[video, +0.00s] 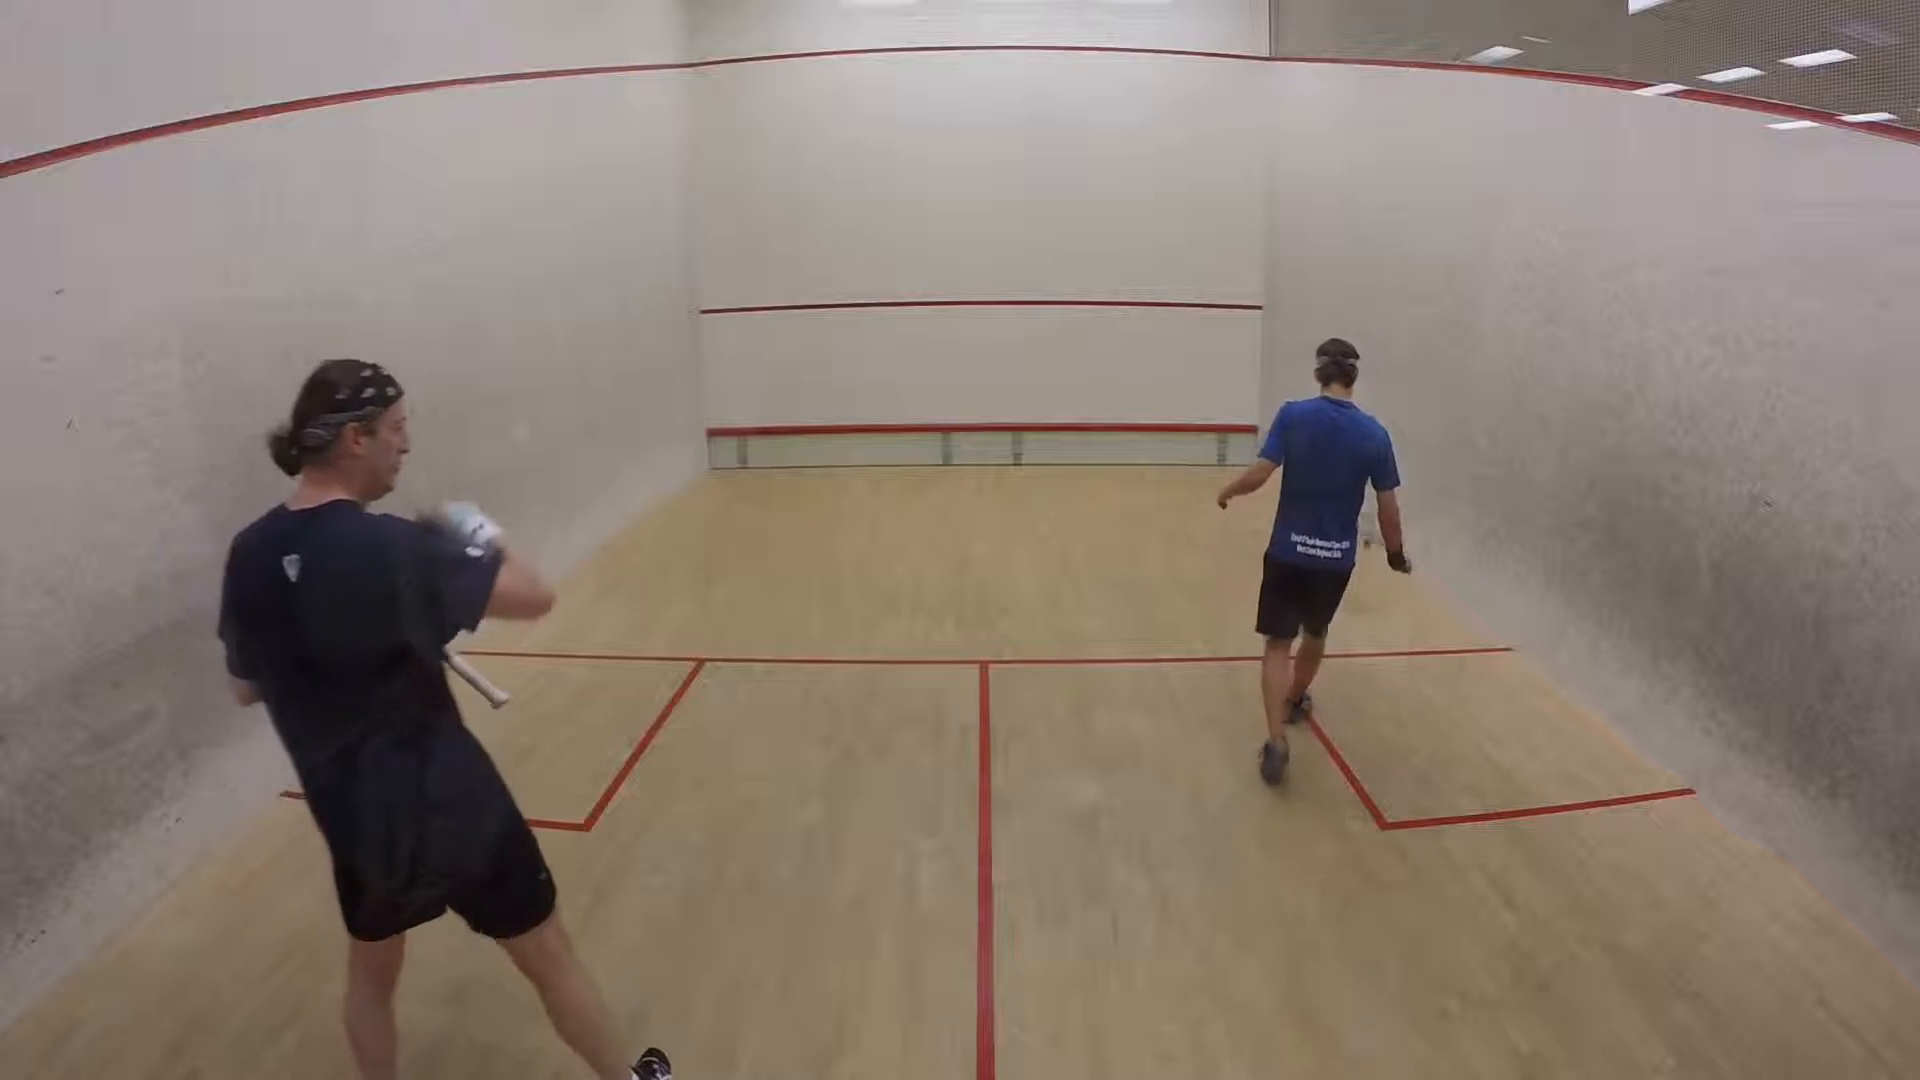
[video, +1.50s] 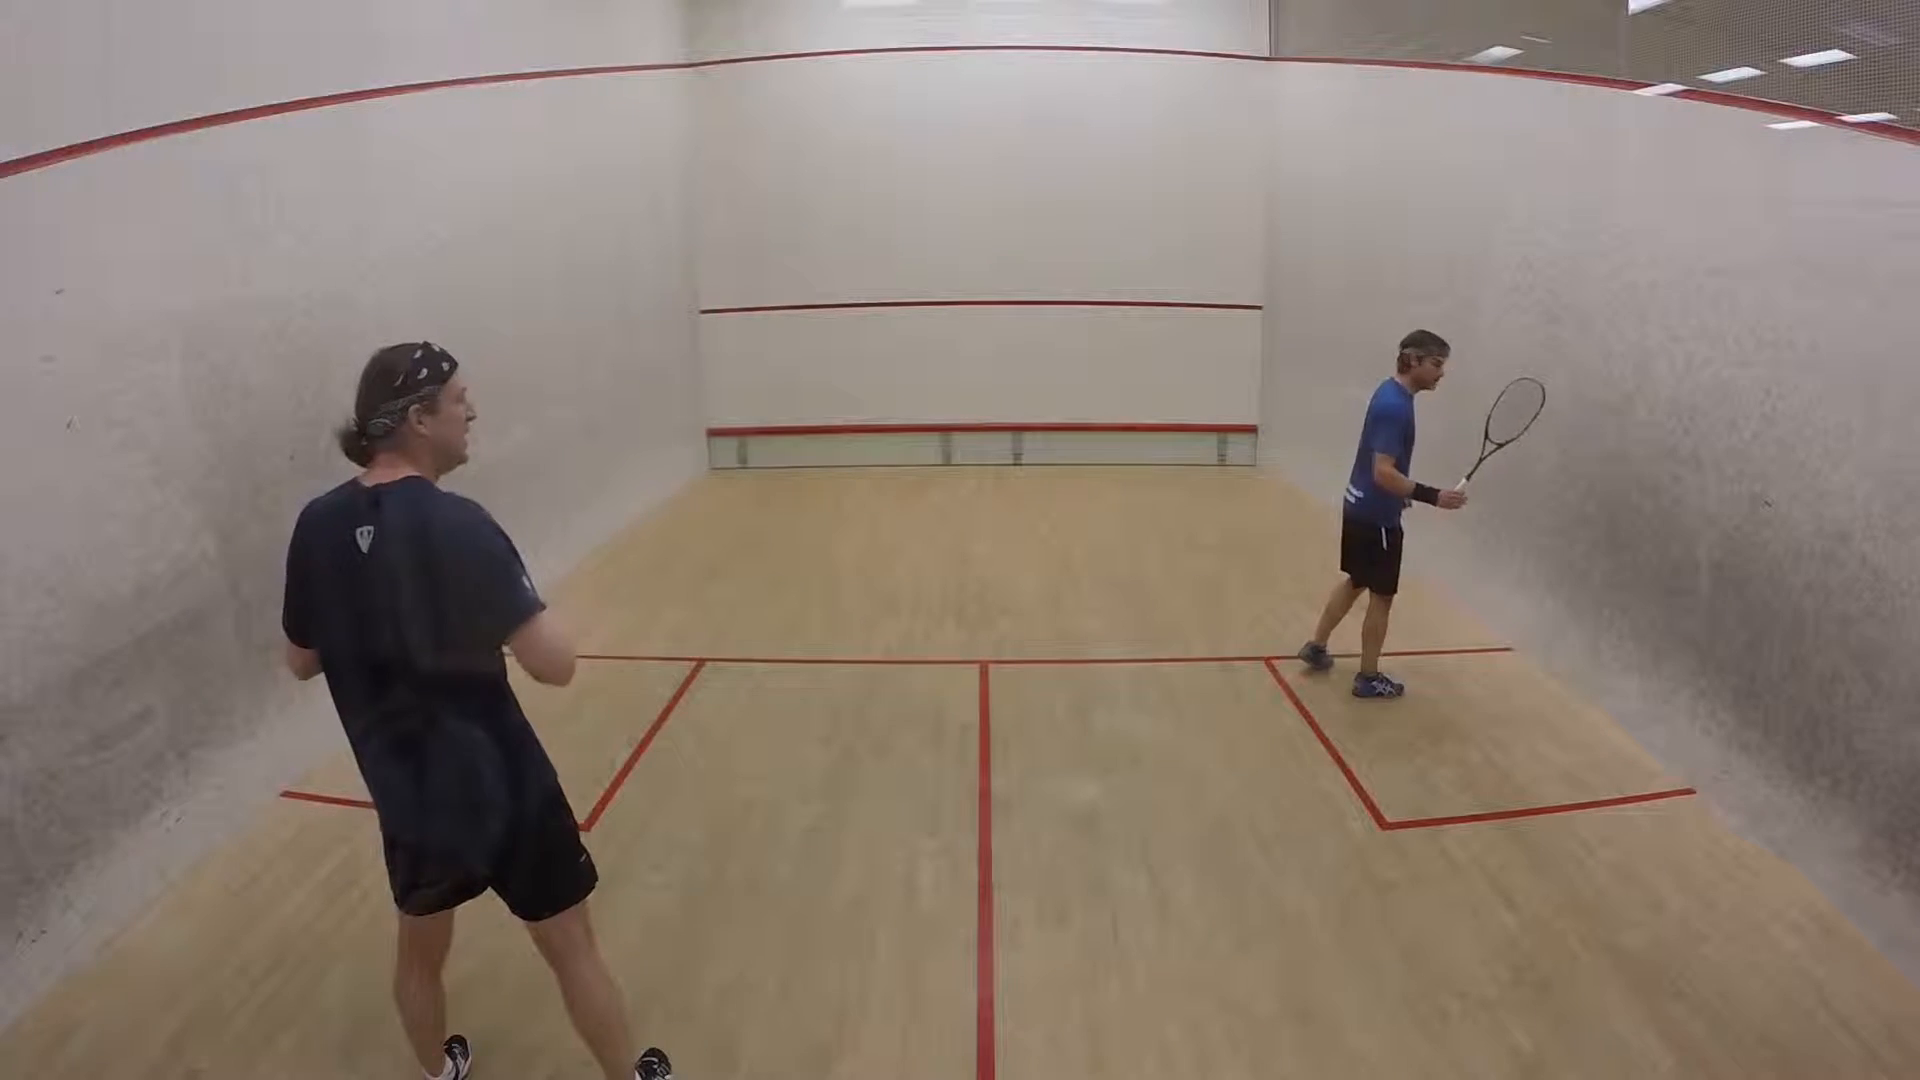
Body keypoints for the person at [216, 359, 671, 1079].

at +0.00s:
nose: (405, 447)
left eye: (403, 431)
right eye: (396, 432)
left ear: (329, 441)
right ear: (353, 441)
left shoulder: (250, 551)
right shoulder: (392, 546)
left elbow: (246, 684)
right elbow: (531, 596)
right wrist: (474, 531)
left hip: (349, 805)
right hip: (447, 791)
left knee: (371, 974)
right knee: (547, 957)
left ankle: (379, 1077)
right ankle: (629, 1074)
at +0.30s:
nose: (490, 442)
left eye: (489, 429)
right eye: (486, 429)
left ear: (396, 431)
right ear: (458, 433)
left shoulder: (322, 524)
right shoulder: (472, 520)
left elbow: (286, 662)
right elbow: (579, 483)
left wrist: (370, 644)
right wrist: (495, 459)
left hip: (413, 796)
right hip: (510, 784)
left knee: (426, 944)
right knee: (573, 956)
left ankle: (441, 1067)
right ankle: (631, 1072)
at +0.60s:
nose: (495, 446)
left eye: (493, 434)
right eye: (489, 436)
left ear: (402, 434)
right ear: (465, 443)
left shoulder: (329, 515)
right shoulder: (466, 522)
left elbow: (293, 639)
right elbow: (566, 481)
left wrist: (372, 614)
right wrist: (494, 450)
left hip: (404, 801)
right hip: (501, 790)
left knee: (417, 954)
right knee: (568, 959)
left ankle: (434, 1070)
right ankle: (630, 1072)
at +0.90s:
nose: (479, 443)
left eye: (478, 428)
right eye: (473, 429)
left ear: (386, 431)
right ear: (438, 432)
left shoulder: (317, 517)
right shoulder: (450, 519)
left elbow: (288, 644)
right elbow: (564, 489)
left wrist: (373, 619)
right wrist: (482, 447)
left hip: (397, 800)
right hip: (491, 789)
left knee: (414, 955)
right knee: (564, 955)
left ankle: (433, 1070)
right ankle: (629, 1073)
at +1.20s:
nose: (473, 436)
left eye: (471, 419)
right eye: (465, 420)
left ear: (383, 427)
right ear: (429, 424)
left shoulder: (315, 521)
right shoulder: (449, 524)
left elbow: (292, 655)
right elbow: (584, 542)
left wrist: (380, 614)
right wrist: (520, 497)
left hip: (401, 797)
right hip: (496, 785)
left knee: (419, 952)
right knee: (568, 953)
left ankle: (433, 1070)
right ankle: (630, 1071)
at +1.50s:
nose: (472, 416)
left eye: (467, 400)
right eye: (459, 404)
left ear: (390, 424)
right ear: (414, 421)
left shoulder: (319, 525)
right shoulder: (459, 525)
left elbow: (301, 658)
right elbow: (554, 665)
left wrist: (366, 603)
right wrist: (526, 611)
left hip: (407, 794)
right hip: (502, 782)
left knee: (420, 953)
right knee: (571, 948)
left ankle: (435, 1070)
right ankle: (631, 1071)